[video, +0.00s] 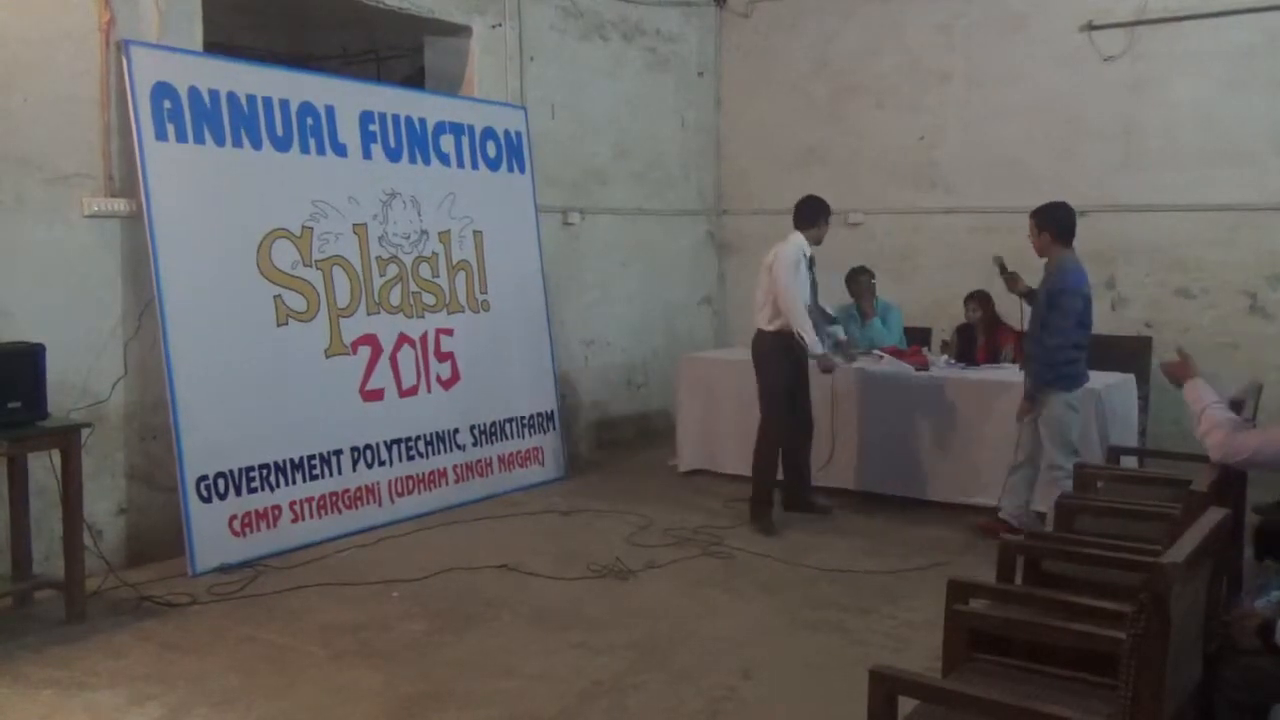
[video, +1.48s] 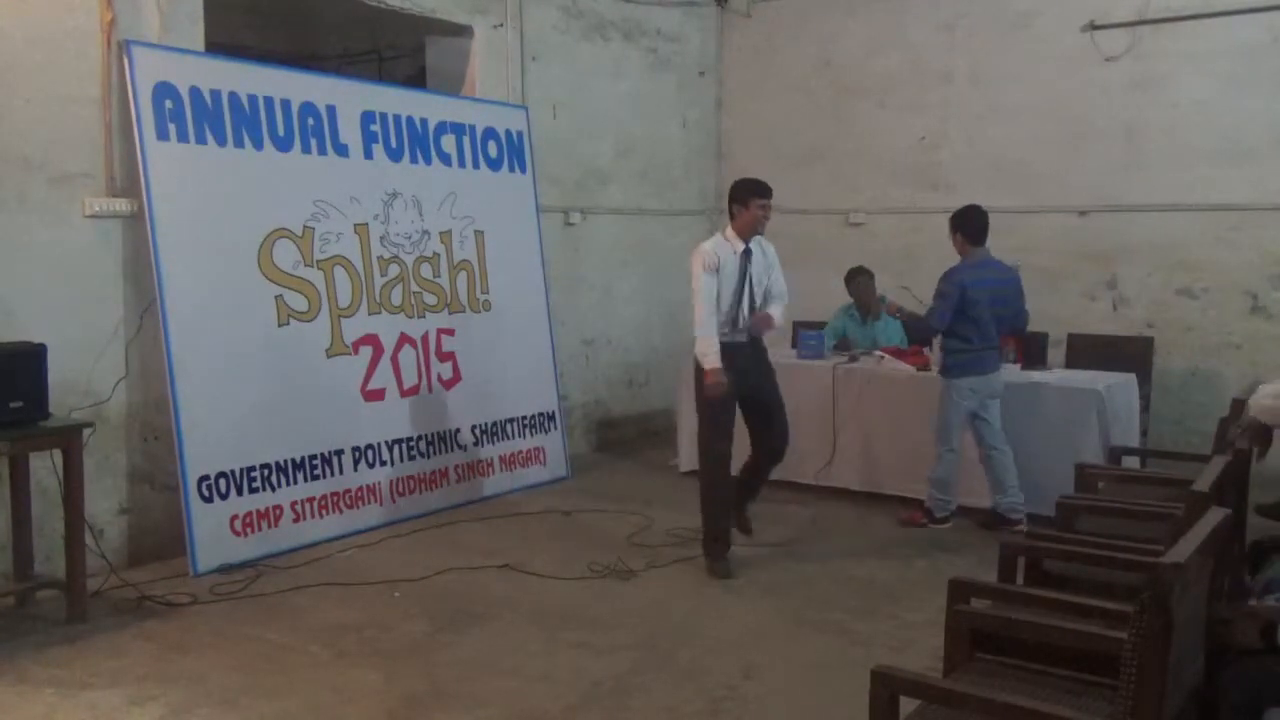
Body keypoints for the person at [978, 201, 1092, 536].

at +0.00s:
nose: (1031, 240)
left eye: (1033, 234)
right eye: (1031, 234)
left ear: (1047, 235)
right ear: (1060, 235)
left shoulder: (1066, 276)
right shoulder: (1059, 270)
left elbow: (1053, 341)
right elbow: (1051, 314)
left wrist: (1032, 392)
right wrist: (1025, 292)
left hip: (1061, 384)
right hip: (1045, 381)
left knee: (1057, 459)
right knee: (1027, 453)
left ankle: (1055, 525)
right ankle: (1013, 516)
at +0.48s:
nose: (1009, 241)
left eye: (1010, 234)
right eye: (1009, 234)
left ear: (1022, 235)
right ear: (1041, 233)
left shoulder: (1038, 276)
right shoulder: (1048, 270)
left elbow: (1029, 334)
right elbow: (1039, 327)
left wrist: (1017, 381)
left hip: (1035, 377)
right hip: (1037, 374)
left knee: (1038, 448)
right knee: (1019, 448)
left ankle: (1061, 513)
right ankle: (1015, 512)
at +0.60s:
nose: (1002, 241)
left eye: (1003, 234)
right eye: (1002, 233)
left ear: (1015, 234)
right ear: (1035, 233)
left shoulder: (1025, 273)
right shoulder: (1050, 270)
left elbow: (1014, 332)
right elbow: (1053, 322)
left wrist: (1004, 382)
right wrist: (1036, 351)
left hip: (1026, 373)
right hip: (1039, 370)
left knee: (1023, 446)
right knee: (1021, 445)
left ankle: (1038, 514)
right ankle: (1017, 511)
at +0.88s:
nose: (993, 239)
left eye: (994, 232)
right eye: (993, 232)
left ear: (1005, 233)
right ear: (1025, 232)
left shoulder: (1009, 273)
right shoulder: (1045, 272)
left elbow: (998, 330)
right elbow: (1053, 322)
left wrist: (973, 364)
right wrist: (1022, 337)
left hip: (1009, 375)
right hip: (1034, 374)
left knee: (994, 444)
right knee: (1024, 446)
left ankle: (1002, 514)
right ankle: (1020, 513)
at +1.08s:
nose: (984, 239)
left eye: (986, 232)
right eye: (985, 232)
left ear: (995, 234)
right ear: (1017, 233)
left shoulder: (995, 272)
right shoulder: (1039, 272)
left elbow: (982, 323)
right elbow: (1051, 321)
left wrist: (980, 356)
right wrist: (1028, 345)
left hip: (998, 375)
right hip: (1028, 373)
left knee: (977, 443)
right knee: (1021, 449)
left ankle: (963, 509)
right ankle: (1018, 515)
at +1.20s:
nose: (976, 240)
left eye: (977, 234)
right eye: (977, 233)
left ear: (985, 236)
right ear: (1010, 233)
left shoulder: (986, 274)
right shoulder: (1033, 274)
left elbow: (967, 324)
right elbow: (1046, 322)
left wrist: (940, 331)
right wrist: (1025, 350)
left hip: (990, 377)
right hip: (1021, 374)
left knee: (969, 444)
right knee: (1017, 451)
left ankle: (946, 507)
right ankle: (1017, 516)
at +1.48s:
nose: (952, 241)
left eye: (953, 236)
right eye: (953, 236)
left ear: (959, 237)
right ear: (985, 234)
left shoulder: (956, 278)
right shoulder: (1007, 275)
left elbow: (933, 326)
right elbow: (1018, 323)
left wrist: (902, 315)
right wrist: (986, 319)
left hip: (960, 377)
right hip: (992, 374)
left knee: (948, 445)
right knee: (995, 444)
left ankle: (939, 509)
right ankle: (1011, 511)